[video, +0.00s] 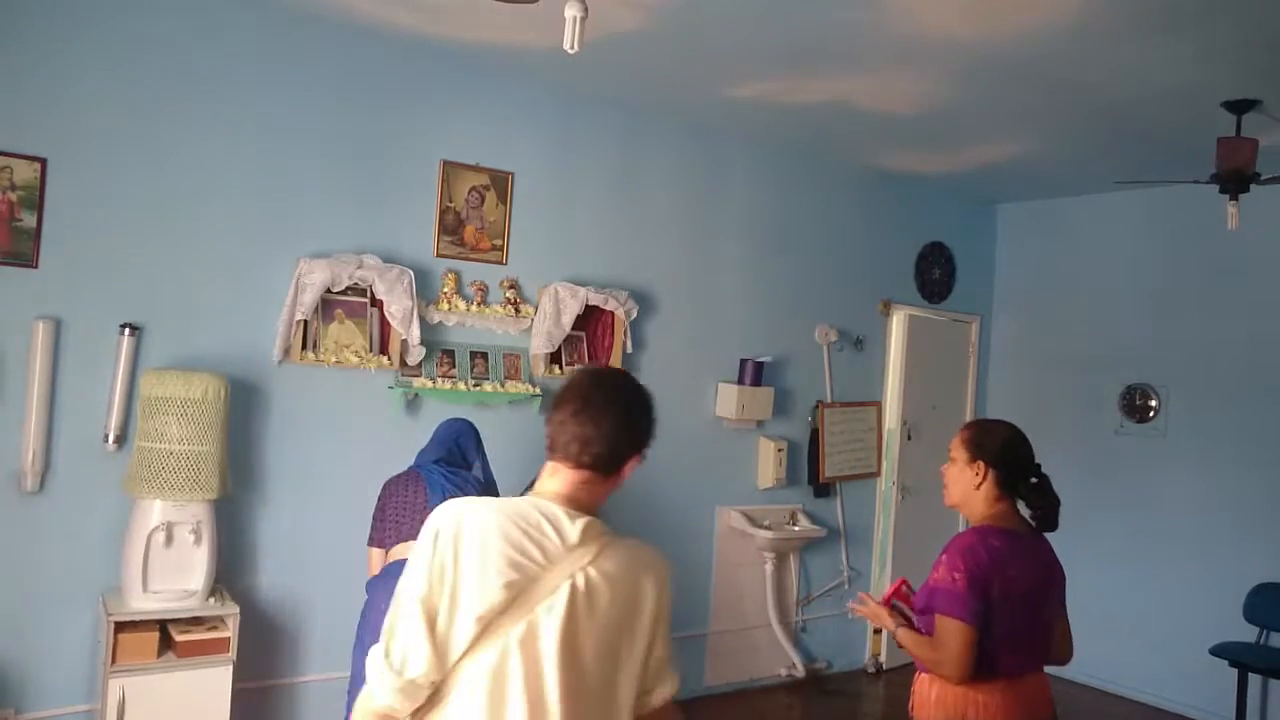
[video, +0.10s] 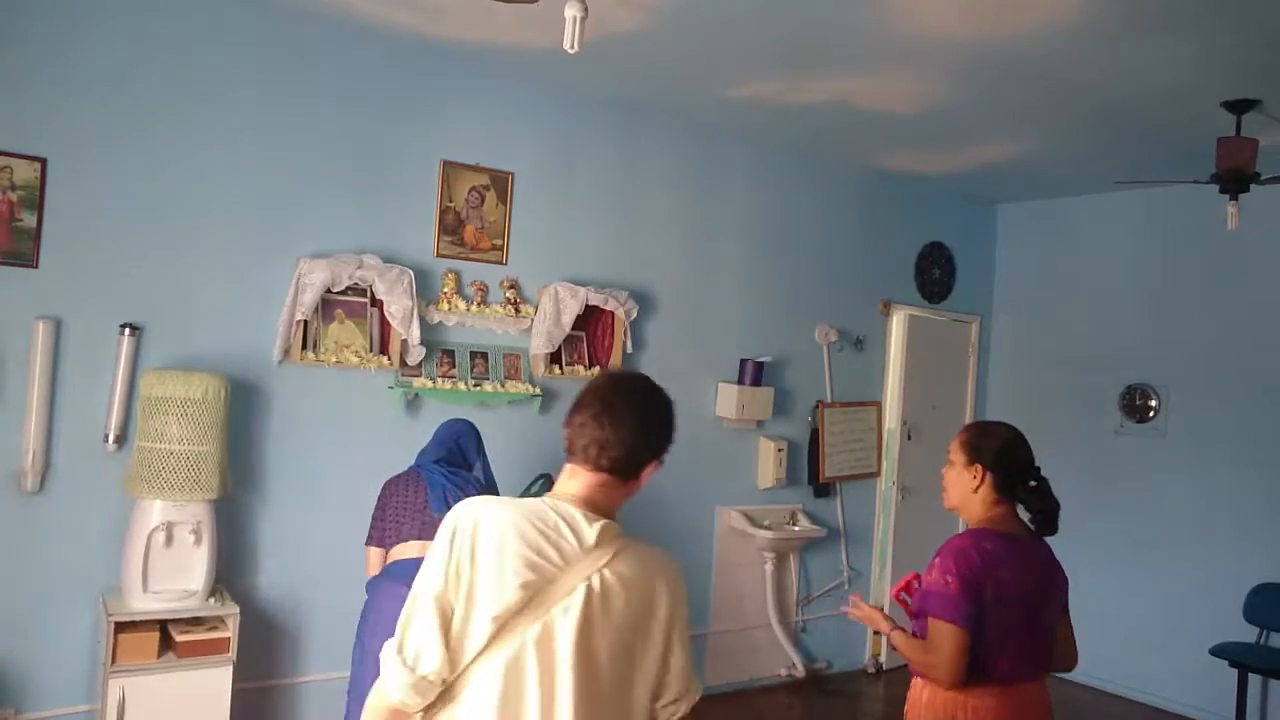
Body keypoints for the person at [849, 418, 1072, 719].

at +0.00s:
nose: (942, 471)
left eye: (951, 461)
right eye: (947, 461)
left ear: (978, 473)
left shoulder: (965, 550)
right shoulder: (1040, 547)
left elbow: (953, 665)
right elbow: (1060, 650)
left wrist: (895, 626)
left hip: (962, 701)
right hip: (1028, 695)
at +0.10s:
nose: (942, 473)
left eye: (951, 463)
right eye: (947, 463)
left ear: (976, 476)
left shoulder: (959, 553)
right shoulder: (1042, 554)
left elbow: (946, 669)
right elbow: (1064, 657)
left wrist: (887, 628)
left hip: (958, 704)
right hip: (1027, 700)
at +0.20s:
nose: (940, 478)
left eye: (948, 467)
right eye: (944, 467)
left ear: (973, 482)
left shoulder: (955, 558)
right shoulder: (1043, 560)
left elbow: (938, 676)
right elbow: (1067, 664)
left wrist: (884, 634)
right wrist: (999, 659)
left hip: (956, 705)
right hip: (1028, 704)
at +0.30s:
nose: (938, 482)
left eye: (944, 472)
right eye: (941, 472)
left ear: (969, 485)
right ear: (1009, 488)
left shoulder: (950, 563)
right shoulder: (1046, 566)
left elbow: (932, 681)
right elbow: (1070, 670)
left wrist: (883, 642)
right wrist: (1000, 667)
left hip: (954, 710)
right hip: (1028, 709)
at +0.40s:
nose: (935, 481)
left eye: (940, 471)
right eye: (938, 470)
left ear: (965, 484)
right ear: (1006, 485)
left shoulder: (944, 561)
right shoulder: (1046, 564)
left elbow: (929, 679)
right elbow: (1074, 668)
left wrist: (881, 640)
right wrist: (1004, 665)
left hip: (951, 708)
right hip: (1029, 708)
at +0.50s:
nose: (934, 479)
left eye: (938, 469)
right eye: (936, 469)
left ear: (962, 482)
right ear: (1006, 481)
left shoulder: (941, 559)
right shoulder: (1047, 562)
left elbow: (924, 678)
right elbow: (1075, 666)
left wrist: (881, 637)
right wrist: (1003, 654)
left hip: (951, 707)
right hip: (1031, 706)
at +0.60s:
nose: (932, 478)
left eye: (937, 469)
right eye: (935, 468)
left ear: (960, 482)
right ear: (1005, 480)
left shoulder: (939, 560)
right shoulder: (1047, 561)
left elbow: (922, 679)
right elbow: (1076, 663)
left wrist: (881, 637)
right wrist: (1006, 652)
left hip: (951, 707)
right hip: (1031, 706)